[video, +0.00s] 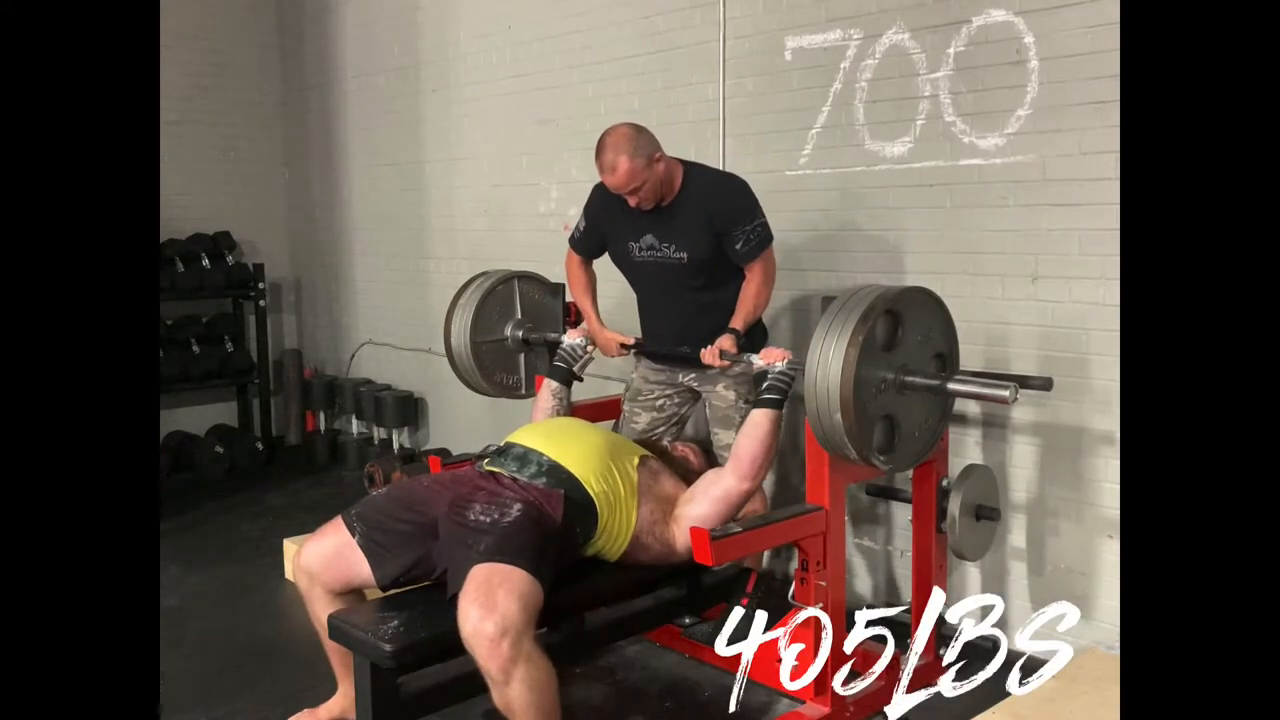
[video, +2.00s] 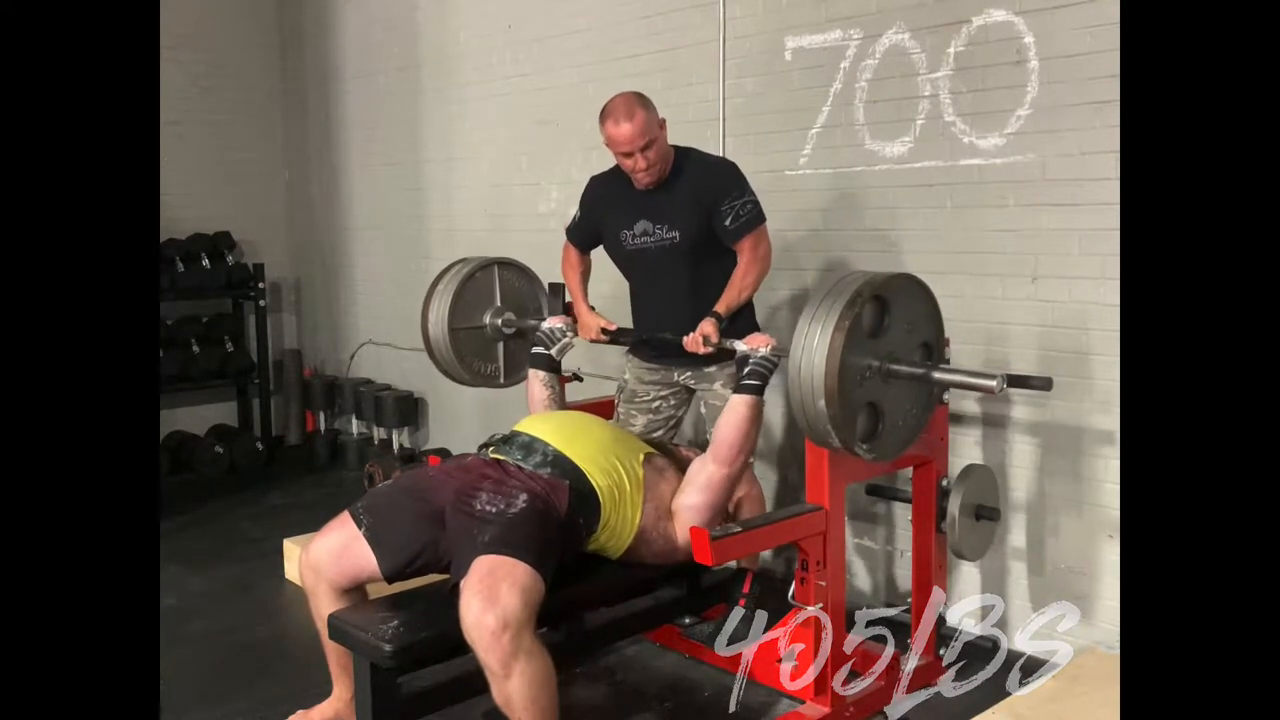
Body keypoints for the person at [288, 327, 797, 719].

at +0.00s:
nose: (681, 446)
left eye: (692, 451)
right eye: (678, 442)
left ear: (701, 475)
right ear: (657, 446)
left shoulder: (679, 511)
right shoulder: (598, 449)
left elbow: (745, 472)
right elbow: (536, 437)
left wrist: (772, 391)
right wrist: (560, 370)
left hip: (526, 502)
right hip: (454, 481)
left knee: (492, 628)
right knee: (314, 563)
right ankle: (350, 695)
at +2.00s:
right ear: (682, 454)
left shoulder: (677, 519)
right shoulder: (597, 445)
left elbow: (724, 460)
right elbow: (539, 434)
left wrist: (751, 380)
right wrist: (545, 358)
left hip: (531, 493)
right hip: (459, 472)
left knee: (492, 620)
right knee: (321, 560)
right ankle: (345, 698)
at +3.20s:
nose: (673, 429)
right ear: (656, 430)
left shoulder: (661, 518)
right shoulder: (579, 444)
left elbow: (699, 473)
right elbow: (515, 447)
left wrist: (719, 389)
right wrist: (505, 378)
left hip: (524, 502)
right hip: (453, 481)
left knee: (487, 629)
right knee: (308, 561)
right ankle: (343, 697)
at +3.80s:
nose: (667, 433)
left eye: (681, 437)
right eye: (663, 430)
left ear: (681, 465)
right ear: (644, 438)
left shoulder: (661, 501)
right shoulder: (583, 443)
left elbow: (681, 557)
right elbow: (516, 457)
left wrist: (704, 460)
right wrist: (503, 426)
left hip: (520, 507)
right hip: (458, 484)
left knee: (481, 632)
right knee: (306, 562)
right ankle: (344, 698)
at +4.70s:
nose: (688, 440)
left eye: (700, 443)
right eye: (683, 436)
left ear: (707, 470)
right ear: (664, 440)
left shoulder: (677, 512)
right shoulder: (589, 452)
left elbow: (723, 490)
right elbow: (507, 459)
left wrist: (730, 403)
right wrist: (505, 390)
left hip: (527, 506)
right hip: (458, 485)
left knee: (487, 622)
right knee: (309, 558)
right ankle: (344, 697)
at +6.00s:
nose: (672, 435)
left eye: (684, 439)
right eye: (665, 431)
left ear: (694, 468)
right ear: (645, 440)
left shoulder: (679, 502)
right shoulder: (587, 449)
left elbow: (746, 466)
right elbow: (555, 418)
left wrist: (780, 385)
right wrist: (572, 359)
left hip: (530, 523)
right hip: (460, 497)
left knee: (472, 618)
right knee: (299, 563)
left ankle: (489, 715)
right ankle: (332, 706)